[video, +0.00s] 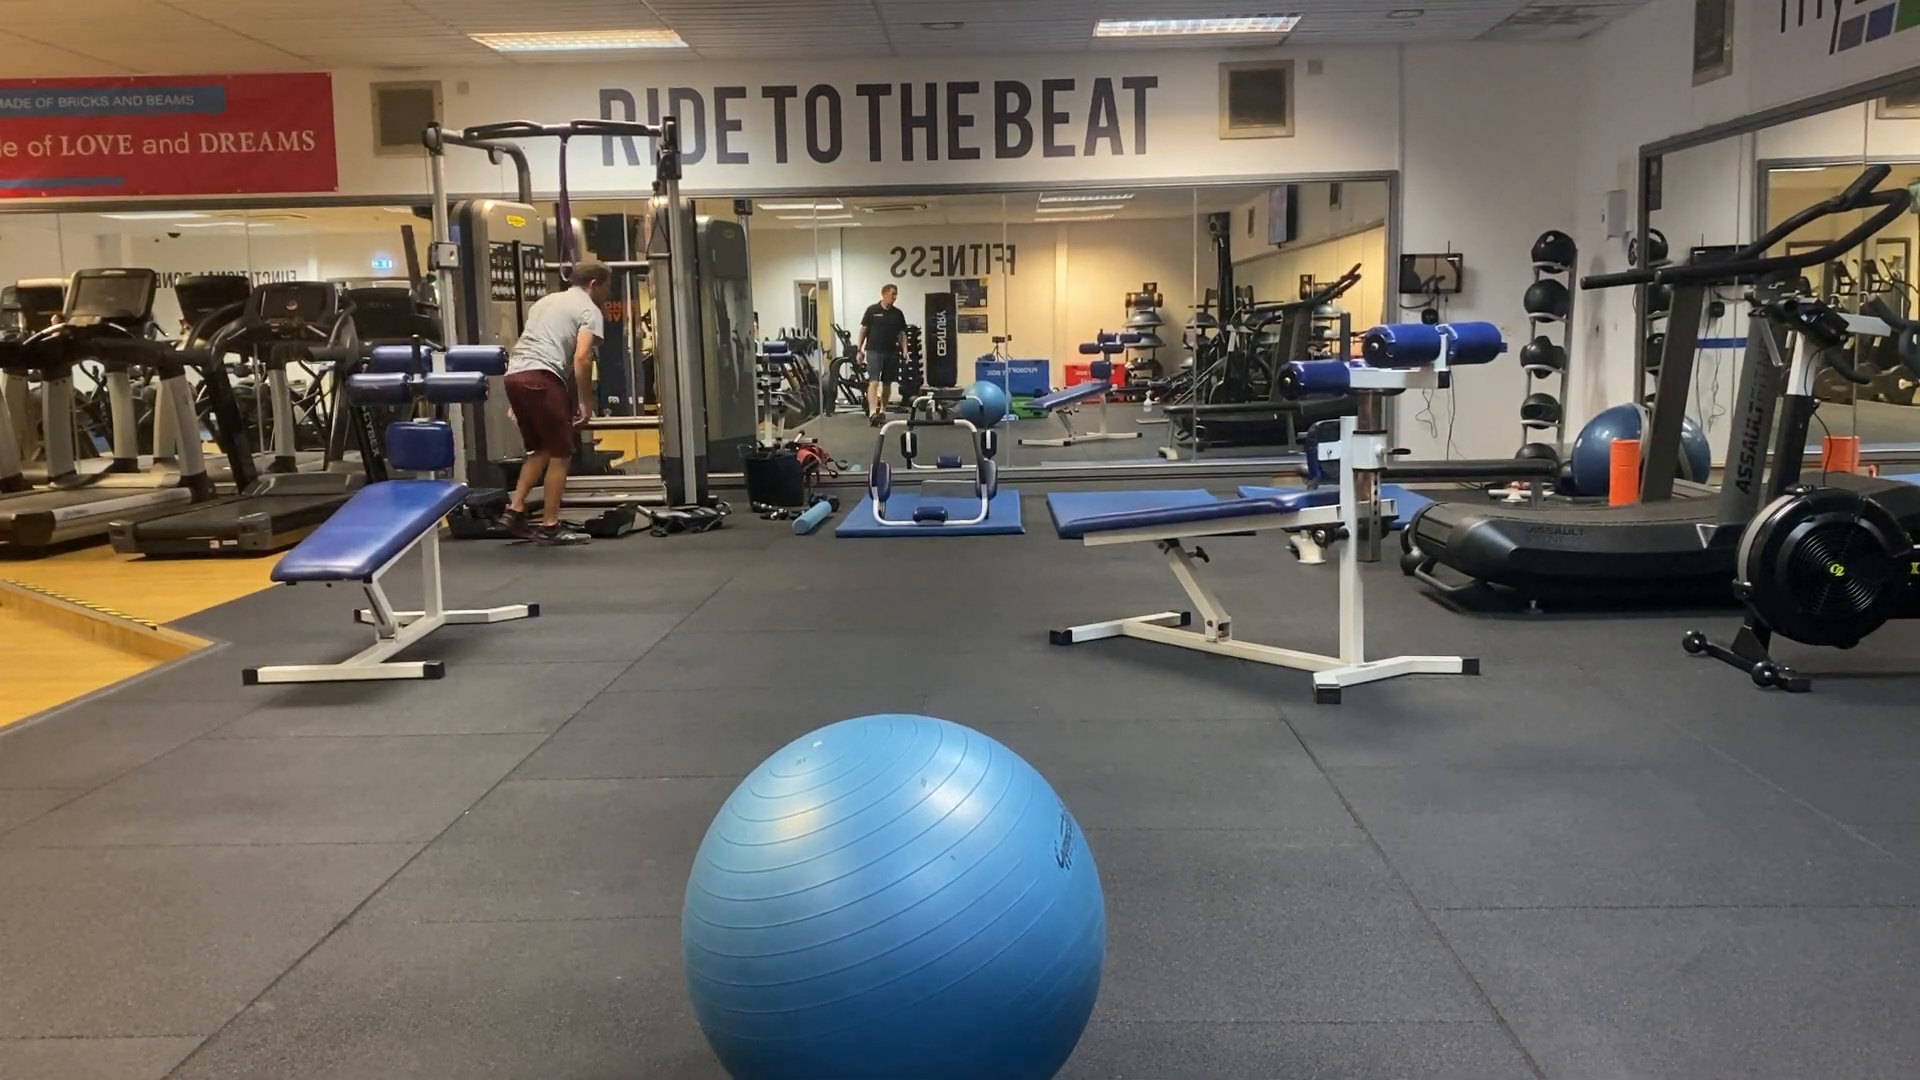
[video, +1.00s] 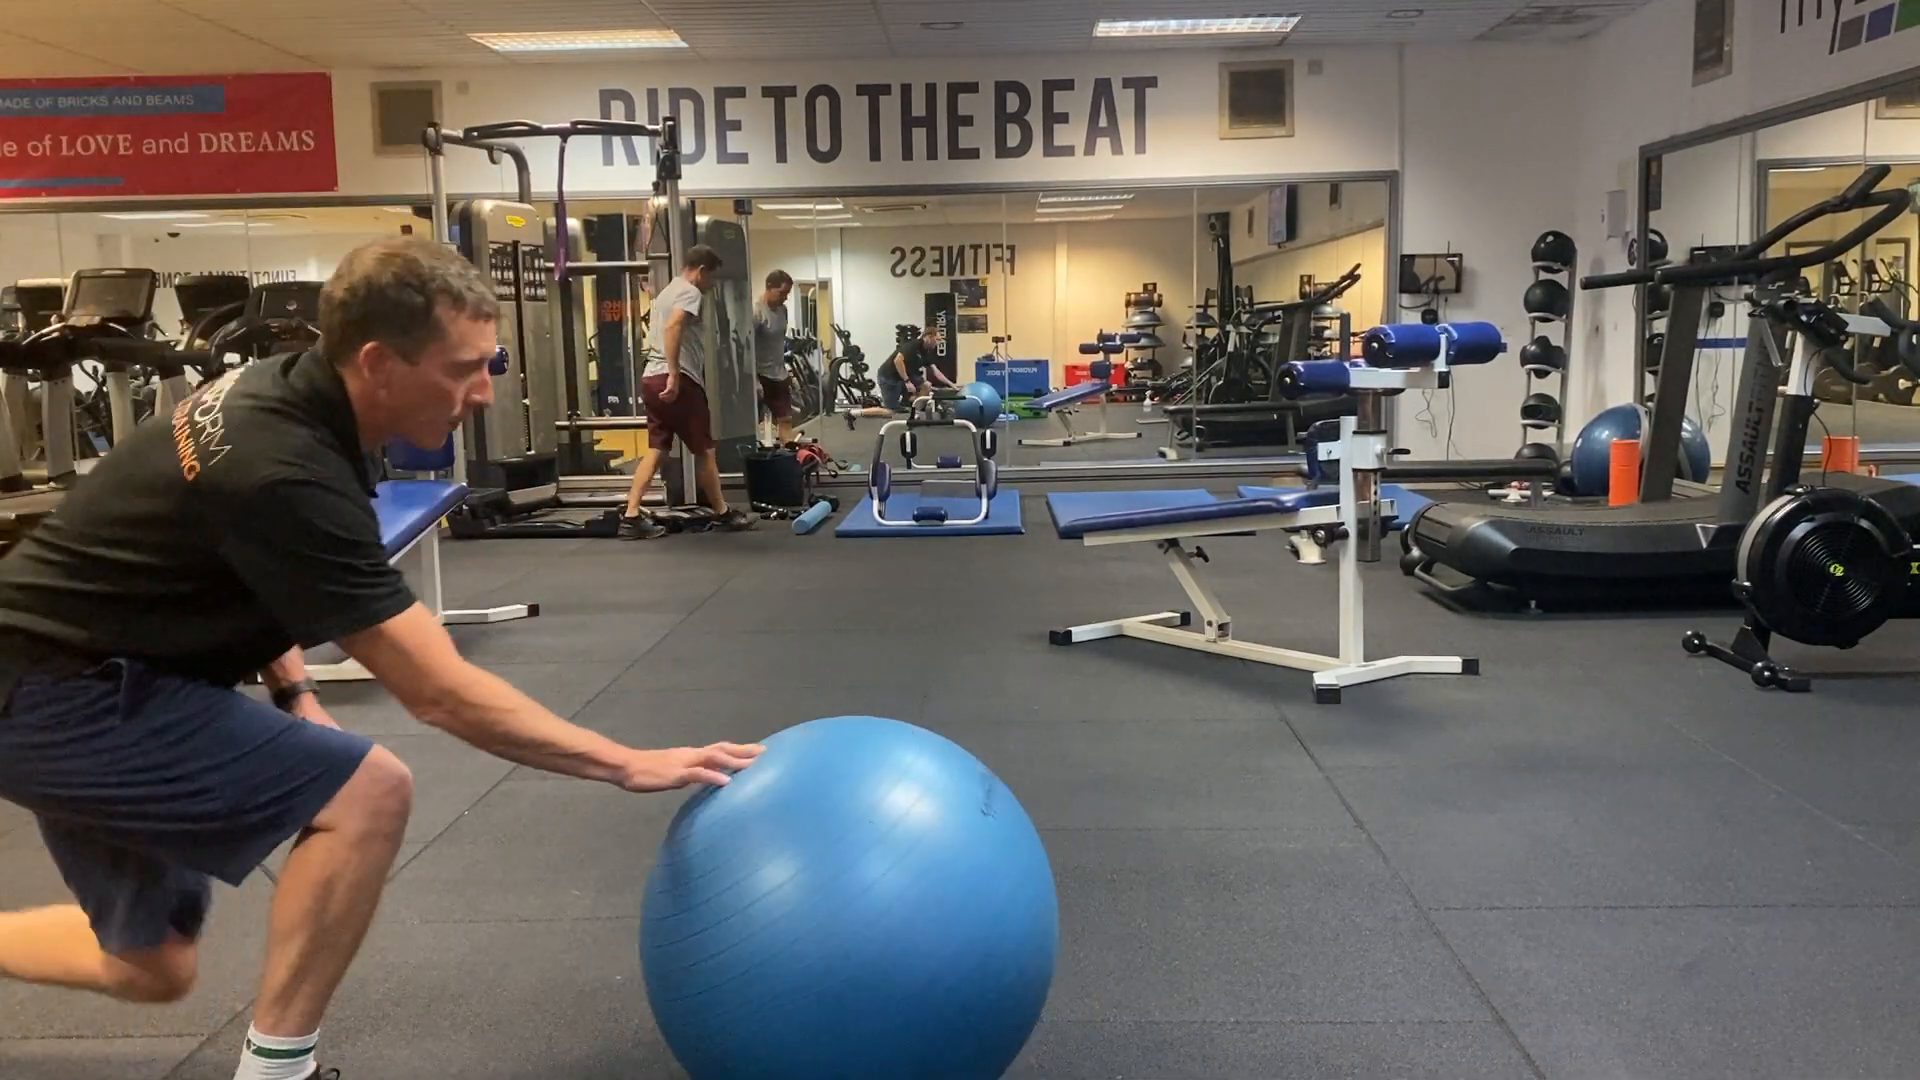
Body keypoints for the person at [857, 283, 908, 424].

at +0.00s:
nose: (895, 297)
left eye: (896, 295)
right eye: (892, 294)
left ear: (895, 296)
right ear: (884, 294)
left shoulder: (898, 313)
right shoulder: (872, 310)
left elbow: (902, 334)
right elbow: (863, 330)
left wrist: (905, 351)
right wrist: (859, 349)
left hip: (891, 352)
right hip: (874, 351)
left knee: (887, 383)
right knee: (874, 382)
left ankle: (883, 411)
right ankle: (873, 413)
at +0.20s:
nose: (899, 297)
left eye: (900, 295)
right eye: (897, 294)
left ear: (900, 296)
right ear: (888, 293)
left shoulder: (899, 313)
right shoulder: (875, 309)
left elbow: (901, 335)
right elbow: (866, 328)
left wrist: (904, 355)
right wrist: (864, 349)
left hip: (892, 352)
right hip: (876, 351)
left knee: (898, 385)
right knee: (876, 383)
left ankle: (883, 404)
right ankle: (874, 414)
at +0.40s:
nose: (914, 302)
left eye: (915, 299)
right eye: (912, 298)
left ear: (911, 299)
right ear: (903, 296)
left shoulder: (907, 316)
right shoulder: (886, 308)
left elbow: (908, 337)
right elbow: (875, 323)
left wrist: (914, 355)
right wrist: (879, 341)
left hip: (898, 351)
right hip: (880, 350)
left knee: (903, 381)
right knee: (876, 384)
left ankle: (906, 414)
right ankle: (875, 414)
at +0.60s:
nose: (927, 318)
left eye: (929, 316)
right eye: (926, 315)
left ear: (930, 316)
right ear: (920, 312)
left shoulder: (923, 332)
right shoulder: (901, 317)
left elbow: (929, 353)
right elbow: (884, 330)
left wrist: (943, 370)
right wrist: (887, 350)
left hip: (899, 355)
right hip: (883, 351)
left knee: (913, 384)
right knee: (879, 385)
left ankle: (913, 417)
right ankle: (866, 406)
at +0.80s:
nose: (939, 335)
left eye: (940, 333)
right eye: (938, 332)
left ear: (935, 331)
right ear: (930, 329)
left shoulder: (930, 344)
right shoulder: (912, 331)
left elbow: (941, 361)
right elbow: (892, 342)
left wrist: (961, 376)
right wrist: (894, 365)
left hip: (904, 364)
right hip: (886, 360)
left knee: (920, 386)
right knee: (882, 393)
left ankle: (912, 417)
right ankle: (851, 410)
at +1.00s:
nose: (937, 343)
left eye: (937, 340)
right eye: (936, 340)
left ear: (929, 338)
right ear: (928, 338)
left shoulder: (925, 351)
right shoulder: (913, 345)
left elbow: (935, 371)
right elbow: (898, 361)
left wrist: (951, 384)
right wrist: (907, 381)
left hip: (904, 376)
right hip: (888, 377)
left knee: (925, 387)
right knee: (892, 411)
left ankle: (902, 406)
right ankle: (859, 412)